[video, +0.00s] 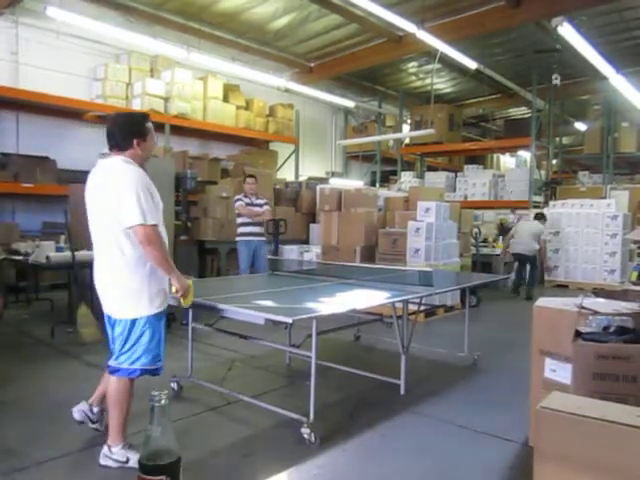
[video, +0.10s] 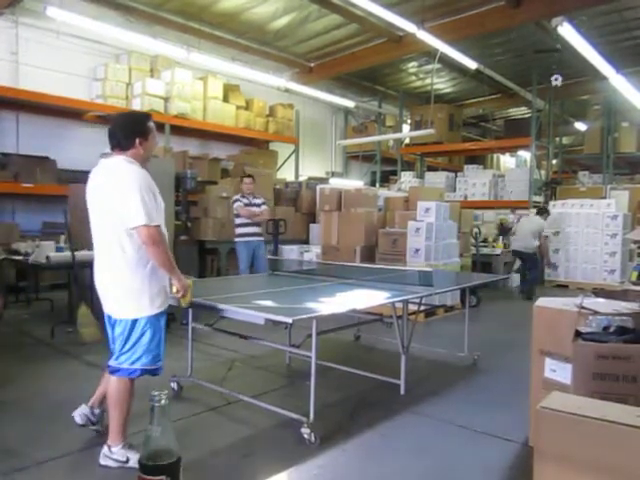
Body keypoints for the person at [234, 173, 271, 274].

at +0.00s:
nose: (251, 186)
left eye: (253, 183)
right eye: (248, 183)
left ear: (256, 185)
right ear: (244, 185)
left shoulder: (262, 200)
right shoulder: (239, 198)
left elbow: (268, 216)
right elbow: (243, 211)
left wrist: (252, 217)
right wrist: (261, 212)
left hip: (260, 238)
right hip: (244, 238)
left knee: (262, 269)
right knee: (244, 270)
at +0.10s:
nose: (248, 186)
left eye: (250, 184)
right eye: (245, 184)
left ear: (254, 185)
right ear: (241, 186)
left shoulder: (259, 199)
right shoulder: (236, 199)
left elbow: (266, 216)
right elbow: (243, 212)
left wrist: (251, 217)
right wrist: (258, 212)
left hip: (258, 238)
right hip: (242, 239)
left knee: (262, 269)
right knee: (244, 270)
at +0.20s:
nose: (246, 186)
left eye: (249, 183)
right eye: (244, 184)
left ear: (252, 185)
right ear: (239, 185)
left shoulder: (258, 199)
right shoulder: (235, 199)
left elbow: (266, 215)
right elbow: (243, 212)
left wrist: (252, 218)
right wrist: (258, 212)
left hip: (258, 239)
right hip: (242, 239)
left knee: (262, 270)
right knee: (244, 271)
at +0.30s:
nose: (246, 186)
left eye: (248, 183)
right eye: (243, 184)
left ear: (252, 185)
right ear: (239, 185)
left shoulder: (258, 199)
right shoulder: (235, 199)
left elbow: (266, 215)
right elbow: (242, 212)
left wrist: (251, 217)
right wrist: (258, 212)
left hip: (258, 239)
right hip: (242, 239)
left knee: (262, 270)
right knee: (244, 271)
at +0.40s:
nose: (246, 186)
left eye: (248, 183)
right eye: (243, 184)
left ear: (252, 185)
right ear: (239, 186)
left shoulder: (258, 199)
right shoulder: (235, 199)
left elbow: (265, 215)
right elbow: (242, 212)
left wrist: (251, 217)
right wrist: (258, 212)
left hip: (258, 239)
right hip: (242, 239)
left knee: (262, 270)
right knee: (244, 271)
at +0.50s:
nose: (247, 186)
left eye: (249, 183)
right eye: (244, 183)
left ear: (253, 185)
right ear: (239, 185)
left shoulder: (259, 199)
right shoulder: (235, 199)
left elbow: (267, 216)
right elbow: (243, 213)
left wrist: (252, 218)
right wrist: (259, 212)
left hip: (258, 239)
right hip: (242, 240)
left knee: (262, 270)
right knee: (245, 271)